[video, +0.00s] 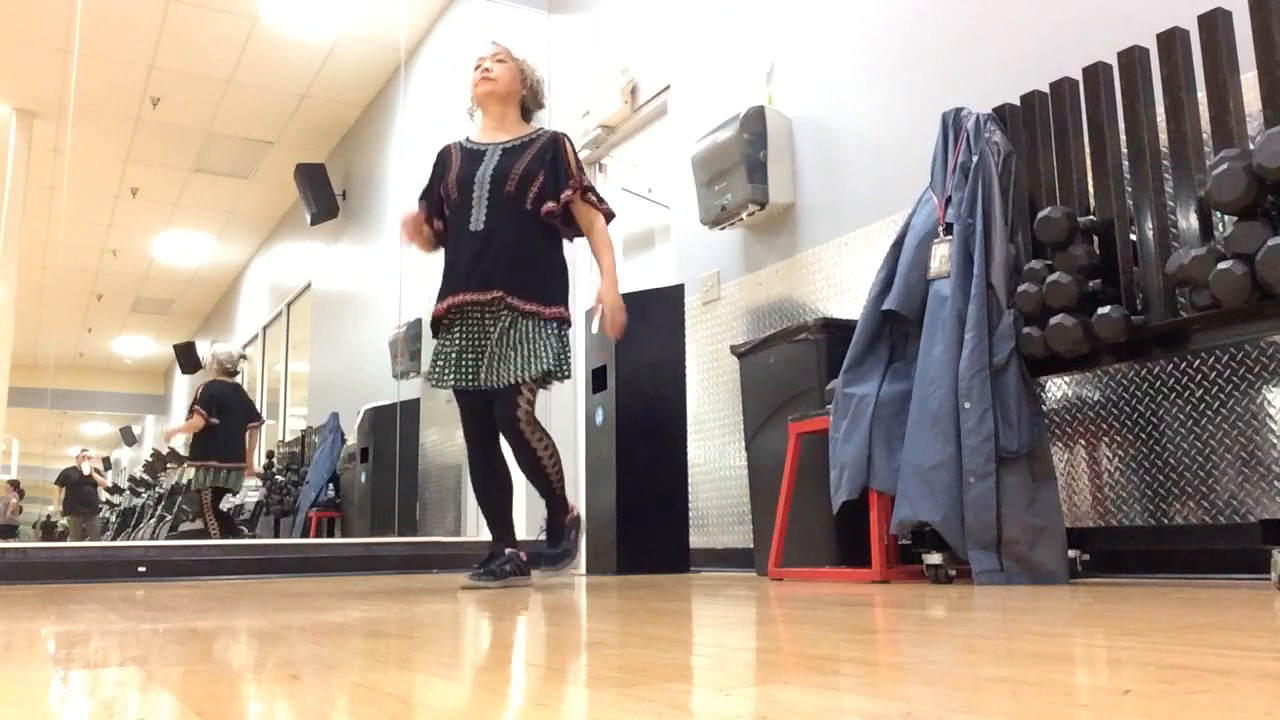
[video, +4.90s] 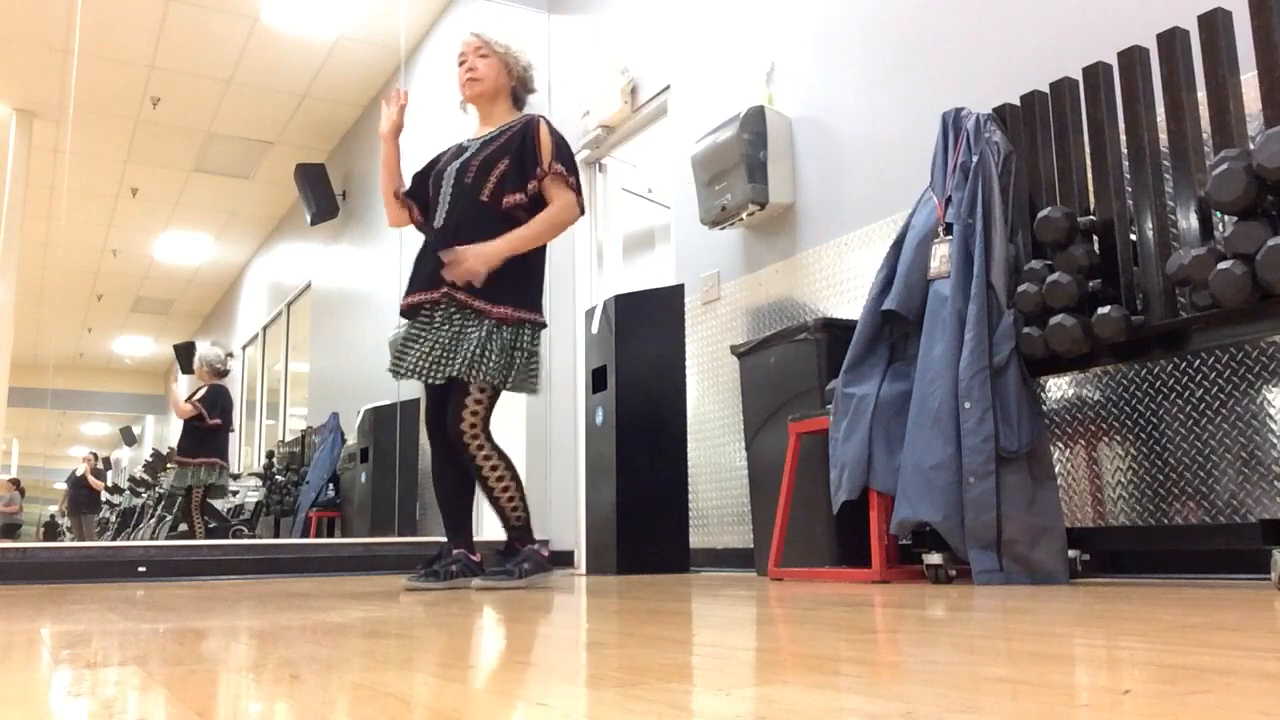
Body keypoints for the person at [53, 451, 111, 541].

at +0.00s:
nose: (86, 460)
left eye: (88, 458)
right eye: (83, 457)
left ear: (91, 459)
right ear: (77, 458)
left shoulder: (95, 471)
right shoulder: (68, 472)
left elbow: (104, 484)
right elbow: (59, 489)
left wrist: (92, 473)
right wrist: (57, 506)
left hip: (92, 510)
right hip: (74, 511)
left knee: (95, 538)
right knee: (75, 539)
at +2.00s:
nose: (85, 461)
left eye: (88, 458)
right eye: (83, 458)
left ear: (91, 460)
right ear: (77, 458)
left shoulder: (94, 471)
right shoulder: (68, 471)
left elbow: (103, 484)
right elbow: (58, 489)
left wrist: (91, 473)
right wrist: (55, 507)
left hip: (91, 512)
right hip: (73, 512)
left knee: (95, 538)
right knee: (74, 540)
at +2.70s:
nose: (96, 460)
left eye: (99, 458)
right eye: (94, 457)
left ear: (103, 460)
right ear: (89, 458)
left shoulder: (107, 473)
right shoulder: (80, 471)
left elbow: (114, 486)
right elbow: (69, 487)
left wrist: (102, 473)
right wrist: (67, 504)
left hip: (99, 512)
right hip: (81, 511)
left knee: (97, 540)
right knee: (78, 539)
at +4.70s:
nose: (86, 463)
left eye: (90, 460)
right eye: (84, 460)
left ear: (95, 462)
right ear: (82, 461)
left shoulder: (100, 472)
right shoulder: (75, 472)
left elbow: (101, 487)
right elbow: (67, 490)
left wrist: (89, 475)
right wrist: (60, 504)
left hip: (90, 509)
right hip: (74, 510)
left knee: (91, 538)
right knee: (79, 538)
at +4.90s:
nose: (86, 463)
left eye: (89, 460)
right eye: (84, 460)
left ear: (95, 462)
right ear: (81, 461)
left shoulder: (99, 472)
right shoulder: (76, 472)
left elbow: (100, 487)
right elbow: (67, 490)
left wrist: (88, 475)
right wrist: (60, 505)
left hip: (89, 508)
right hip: (74, 508)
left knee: (89, 537)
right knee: (78, 537)